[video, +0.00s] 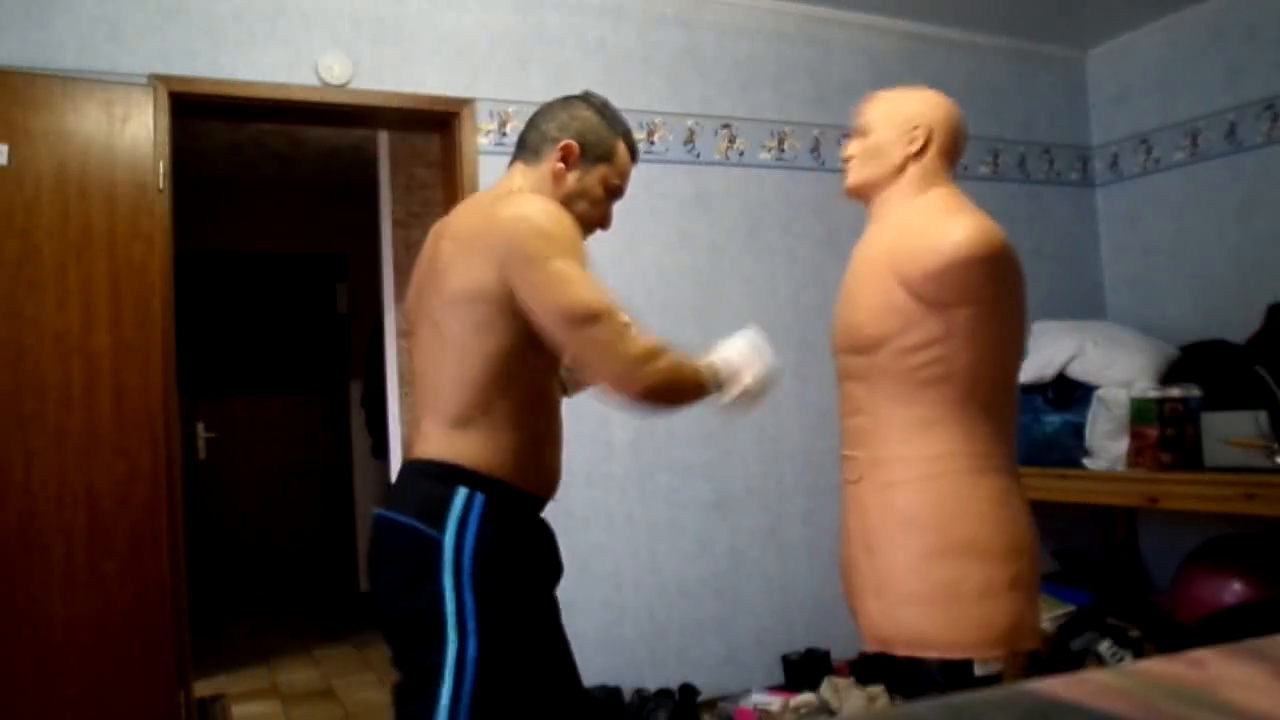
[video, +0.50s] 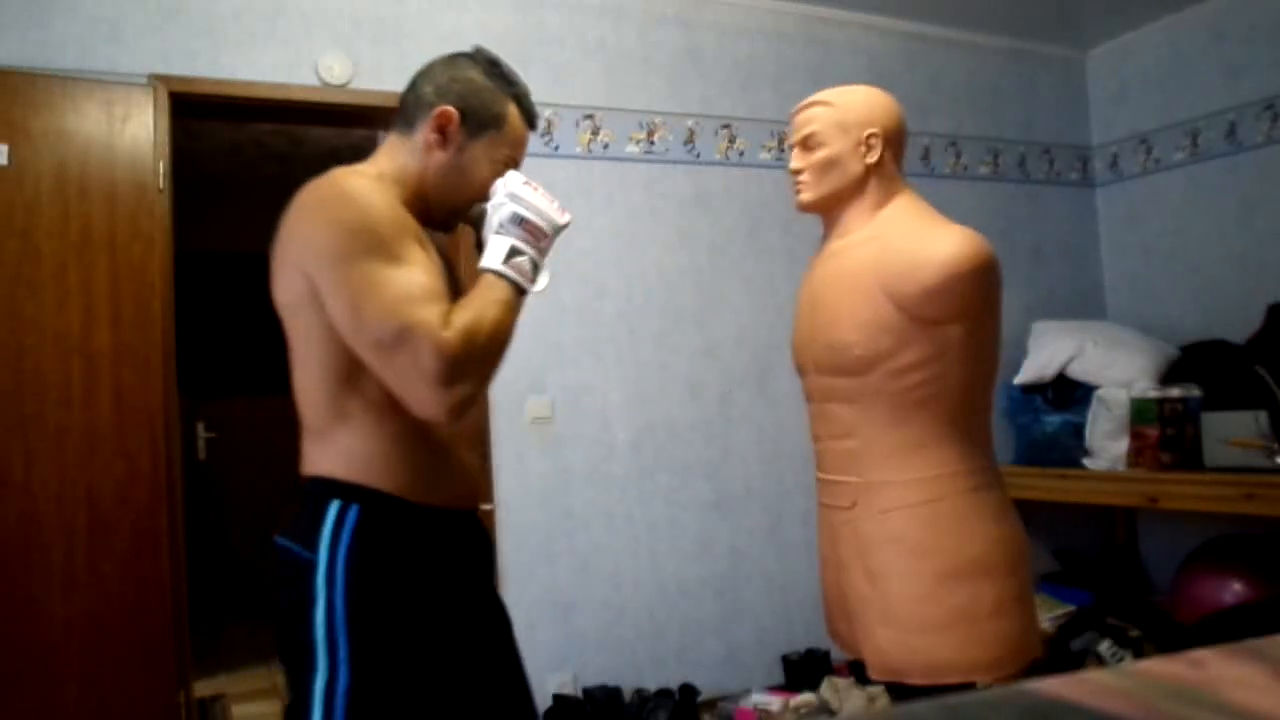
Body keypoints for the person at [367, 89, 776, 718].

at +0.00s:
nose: (608, 218)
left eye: (617, 198)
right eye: (610, 192)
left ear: (557, 158)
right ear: (565, 161)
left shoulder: (463, 225)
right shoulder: (528, 221)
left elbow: (513, 382)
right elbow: (635, 371)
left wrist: (594, 361)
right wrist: (716, 373)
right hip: (472, 530)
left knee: (540, 707)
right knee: (469, 709)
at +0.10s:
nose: (602, 210)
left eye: (610, 191)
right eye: (602, 184)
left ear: (551, 155)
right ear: (555, 154)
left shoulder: (468, 213)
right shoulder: (490, 216)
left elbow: (481, 376)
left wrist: (582, 354)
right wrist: (631, 413)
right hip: (461, 523)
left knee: (531, 704)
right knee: (481, 709)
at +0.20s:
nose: (581, 201)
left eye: (589, 180)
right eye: (580, 173)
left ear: (526, 146)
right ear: (528, 143)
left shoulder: (487, 232)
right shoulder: (446, 210)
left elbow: (505, 378)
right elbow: (475, 384)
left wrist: (578, 326)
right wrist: (593, 362)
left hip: (488, 518)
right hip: (440, 520)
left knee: (538, 706)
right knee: (466, 710)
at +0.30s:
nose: (548, 193)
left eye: (557, 172)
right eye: (547, 167)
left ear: (493, 142)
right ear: (491, 137)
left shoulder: (467, 240)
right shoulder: (403, 214)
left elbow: (507, 375)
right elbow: (475, 376)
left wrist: (565, 289)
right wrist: (574, 293)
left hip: (481, 527)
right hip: (422, 529)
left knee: (532, 705)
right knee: (433, 711)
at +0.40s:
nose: (519, 192)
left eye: (529, 172)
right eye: (520, 166)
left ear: (461, 140)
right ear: (462, 135)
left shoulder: (442, 229)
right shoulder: (369, 214)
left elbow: (495, 373)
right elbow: (473, 376)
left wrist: (536, 262)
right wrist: (538, 258)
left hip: (462, 538)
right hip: (395, 542)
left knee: (512, 709)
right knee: (400, 719)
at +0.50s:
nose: (499, 190)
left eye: (509, 173)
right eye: (501, 167)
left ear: (441, 134)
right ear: (444, 132)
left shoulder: (447, 233)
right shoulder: (342, 207)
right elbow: (440, 385)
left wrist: (508, 257)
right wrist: (515, 257)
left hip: (447, 544)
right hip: (366, 548)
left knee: (496, 716)